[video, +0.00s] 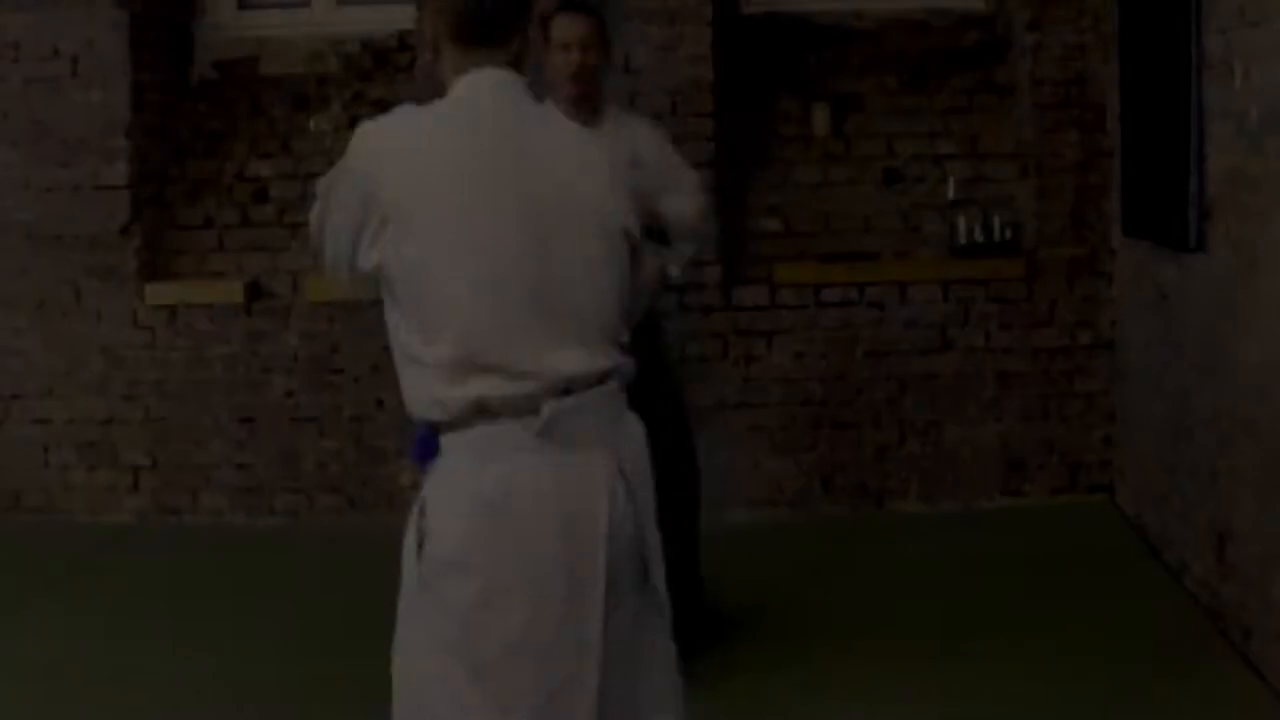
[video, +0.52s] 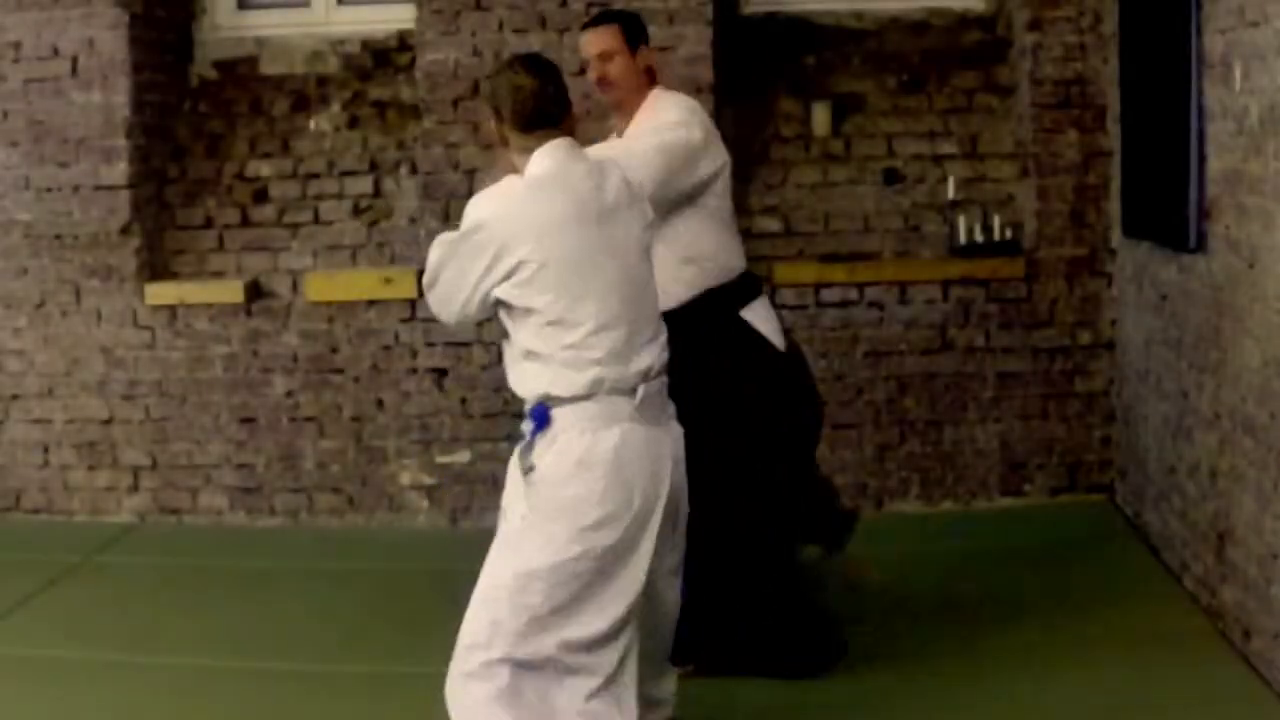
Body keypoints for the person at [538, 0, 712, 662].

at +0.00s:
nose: (575, 61)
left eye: (586, 47)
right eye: (562, 48)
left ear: (605, 55)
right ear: (542, 55)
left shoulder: (634, 138)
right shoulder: (523, 139)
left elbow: (692, 218)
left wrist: (650, 270)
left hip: (635, 334)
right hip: (549, 332)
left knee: (667, 471)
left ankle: (677, 613)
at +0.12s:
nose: (599, 68)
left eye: (612, 55)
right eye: (586, 56)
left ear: (630, 63)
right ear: (569, 65)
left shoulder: (667, 143)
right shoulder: (546, 150)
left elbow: (712, 243)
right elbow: (518, 234)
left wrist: (708, 216)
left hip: (660, 324)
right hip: (576, 329)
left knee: (691, 476)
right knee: (593, 475)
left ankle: (705, 616)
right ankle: (599, 628)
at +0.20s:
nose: (619, 73)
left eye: (630, 60)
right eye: (605, 62)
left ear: (649, 66)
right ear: (587, 72)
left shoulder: (692, 145)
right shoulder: (563, 158)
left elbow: (743, 236)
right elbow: (538, 247)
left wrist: (741, 187)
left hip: (683, 329)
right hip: (602, 332)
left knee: (713, 481)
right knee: (624, 483)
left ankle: (727, 618)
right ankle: (634, 634)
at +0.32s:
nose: (628, 80)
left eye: (638, 66)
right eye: (615, 70)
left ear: (661, 71)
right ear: (601, 80)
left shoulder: (706, 142)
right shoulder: (582, 165)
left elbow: (765, 186)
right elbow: (552, 249)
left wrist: (744, 110)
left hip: (708, 341)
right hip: (626, 352)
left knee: (750, 481)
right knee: (650, 495)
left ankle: (757, 618)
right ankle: (660, 639)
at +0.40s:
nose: (619, 77)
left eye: (631, 62)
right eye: (608, 66)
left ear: (659, 64)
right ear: (594, 76)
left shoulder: (707, 126)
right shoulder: (591, 157)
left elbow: (730, 178)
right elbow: (577, 237)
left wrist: (665, 130)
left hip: (720, 332)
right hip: (645, 337)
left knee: (749, 480)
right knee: (678, 489)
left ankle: (759, 616)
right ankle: (695, 632)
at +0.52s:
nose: (596, 75)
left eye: (607, 59)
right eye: (588, 65)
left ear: (645, 59)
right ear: (590, 76)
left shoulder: (676, 120)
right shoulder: (625, 136)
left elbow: (618, 188)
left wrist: (545, 172)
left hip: (723, 332)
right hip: (676, 334)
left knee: (734, 501)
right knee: (706, 499)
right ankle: (718, 640)